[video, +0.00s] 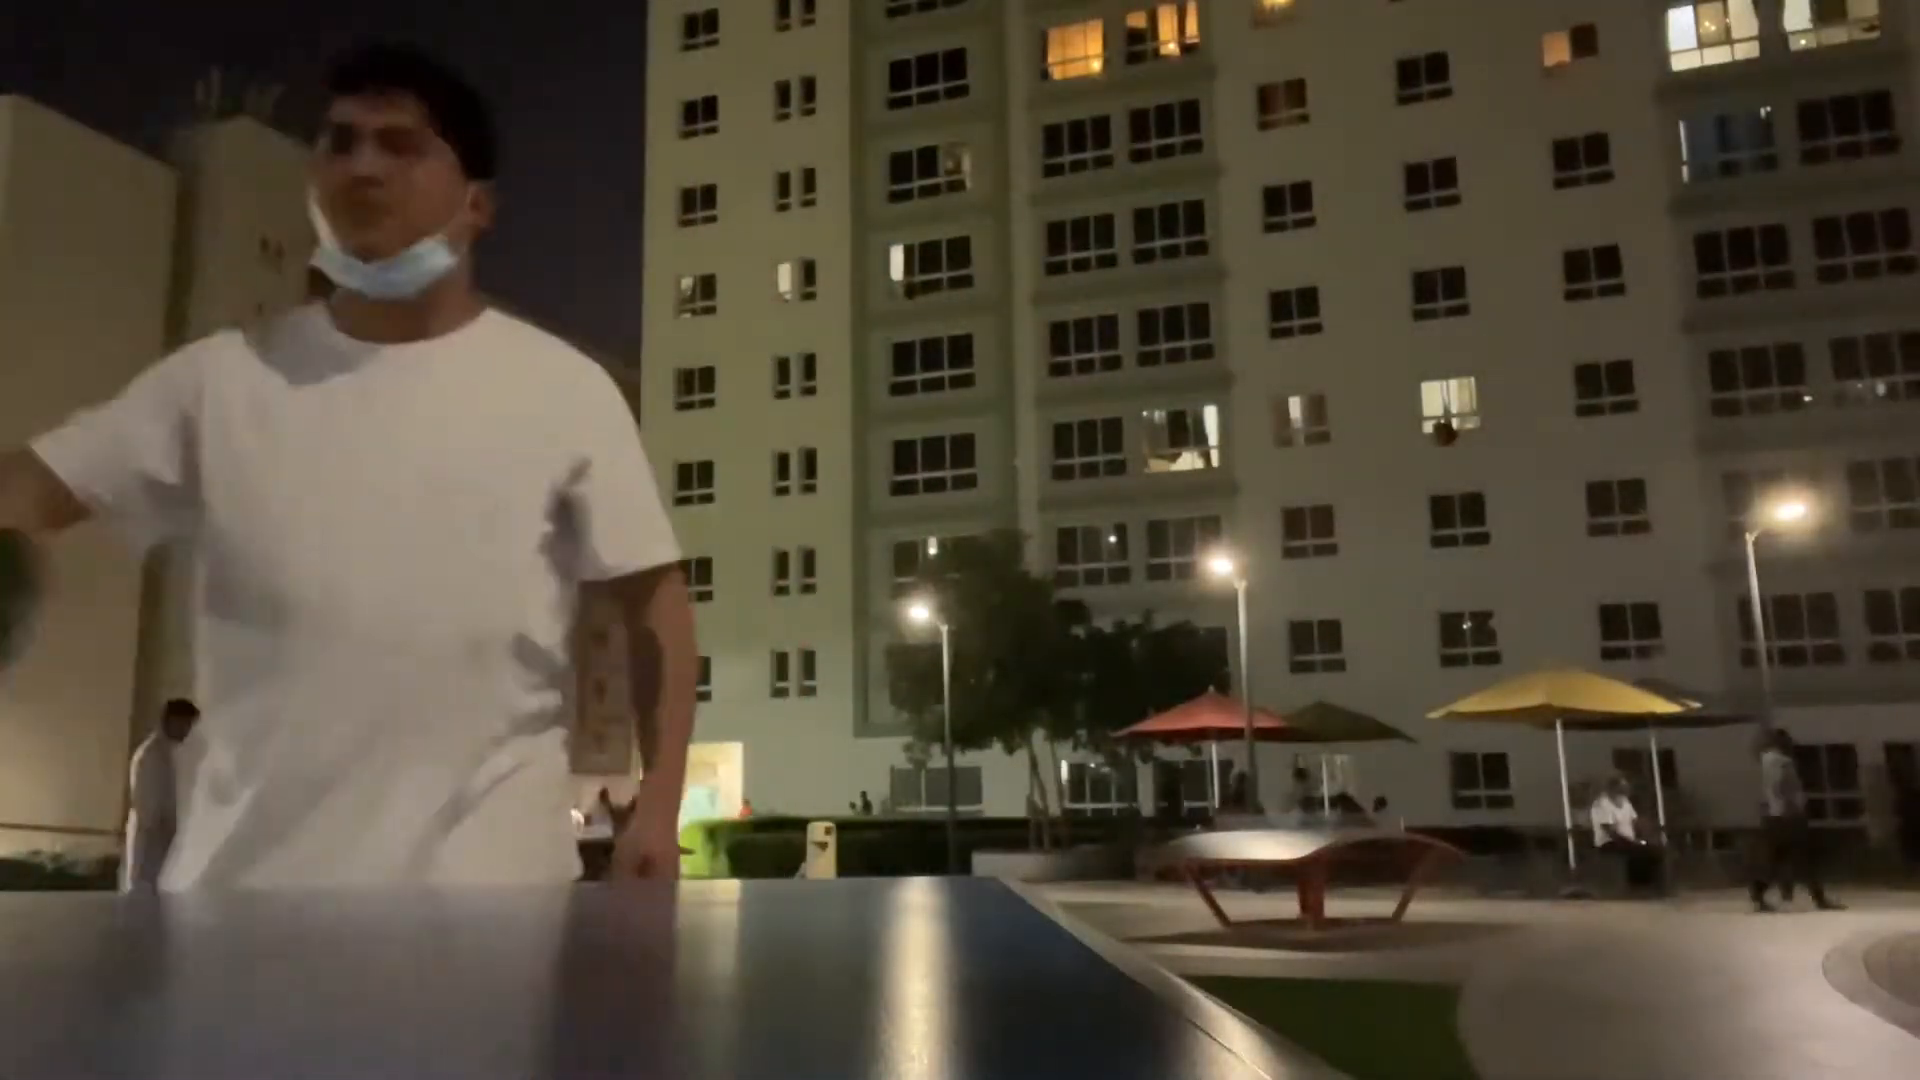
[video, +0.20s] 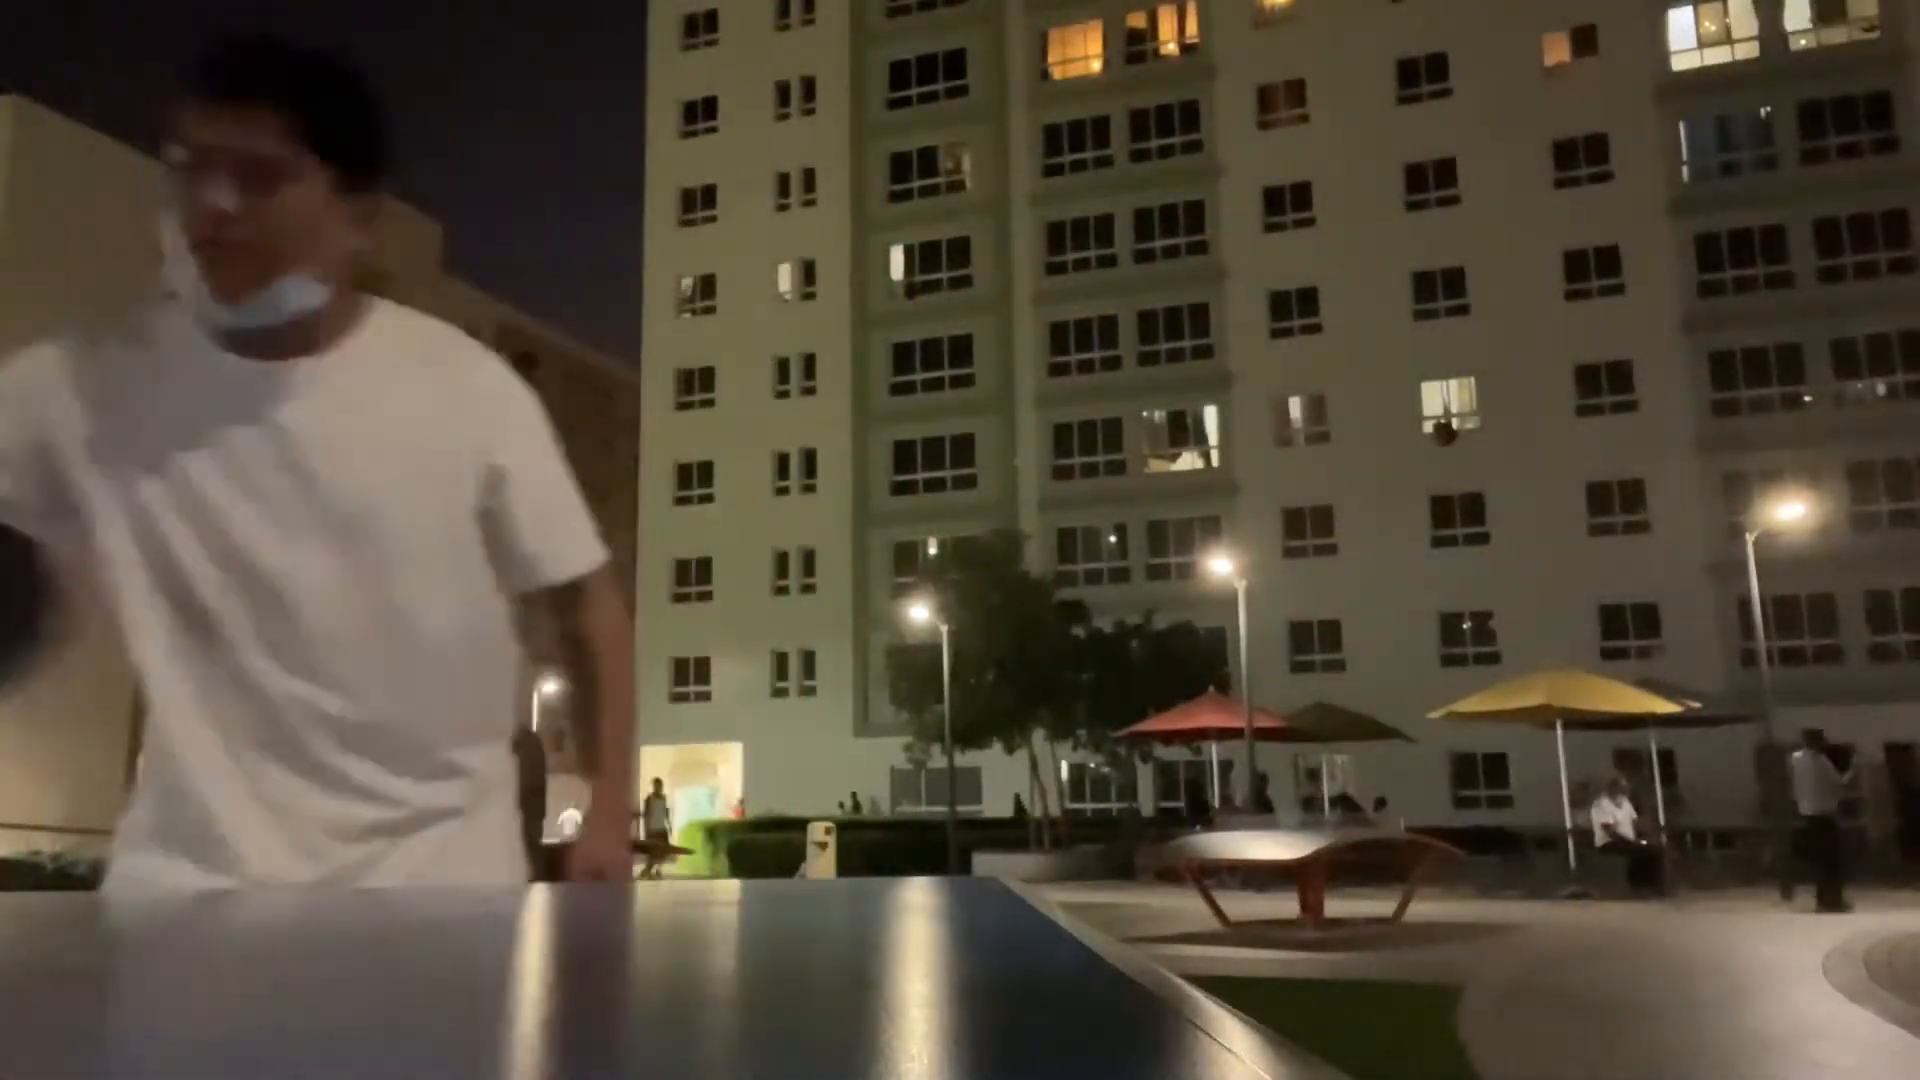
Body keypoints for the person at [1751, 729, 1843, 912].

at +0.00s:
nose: (1791, 744)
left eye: (1790, 741)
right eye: (1789, 741)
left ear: (1772, 742)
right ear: (1783, 742)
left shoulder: (1768, 758)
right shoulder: (1780, 761)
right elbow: (1780, 788)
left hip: (1773, 816)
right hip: (1787, 816)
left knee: (1772, 858)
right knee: (1806, 859)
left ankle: (1759, 892)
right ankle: (1820, 898)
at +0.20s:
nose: (1823, 745)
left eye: (1822, 741)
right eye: (1822, 742)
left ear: (1804, 741)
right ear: (1818, 742)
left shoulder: (1795, 759)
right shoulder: (1821, 760)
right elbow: (1840, 782)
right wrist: (1853, 767)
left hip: (1806, 815)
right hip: (1825, 816)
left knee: (1819, 860)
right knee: (1831, 860)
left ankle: (1824, 897)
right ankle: (1832, 899)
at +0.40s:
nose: (1837, 745)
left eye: (1833, 741)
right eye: (1839, 741)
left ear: (1825, 742)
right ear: (1841, 742)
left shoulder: (1818, 760)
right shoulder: (1849, 761)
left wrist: (1832, 750)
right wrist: (1852, 750)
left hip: (1831, 816)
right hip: (1850, 816)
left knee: (1837, 856)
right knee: (1854, 857)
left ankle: (1840, 887)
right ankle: (1855, 895)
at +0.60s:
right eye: (1867, 743)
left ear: (1851, 743)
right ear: (1869, 743)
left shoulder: (1843, 760)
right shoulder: (1877, 761)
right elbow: (1887, 784)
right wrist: (1888, 809)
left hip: (1855, 815)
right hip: (1877, 815)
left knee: (1859, 857)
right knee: (1888, 857)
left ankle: (1857, 896)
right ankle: (1903, 896)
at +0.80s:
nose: (1899, 743)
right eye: (1897, 740)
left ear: (1879, 741)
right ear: (1895, 741)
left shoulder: (1869, 759)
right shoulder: (1904, 759)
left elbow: (1867, 786)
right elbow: (1911, 786)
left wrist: (1869, 805)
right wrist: (1912, 807)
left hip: (1881, 812)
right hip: (1904, 812)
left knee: (1886, 851)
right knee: (1904, 853)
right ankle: (1903, 892)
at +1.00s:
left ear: (1889, 744)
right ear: (1907, 744)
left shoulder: (1882, 761)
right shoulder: (1914, 760)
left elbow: (1878, 791)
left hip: (1896, 814)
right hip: (1914, 813)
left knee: (1900, 853)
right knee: (1914, 853)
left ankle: (1910, 889)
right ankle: (1913, 889)